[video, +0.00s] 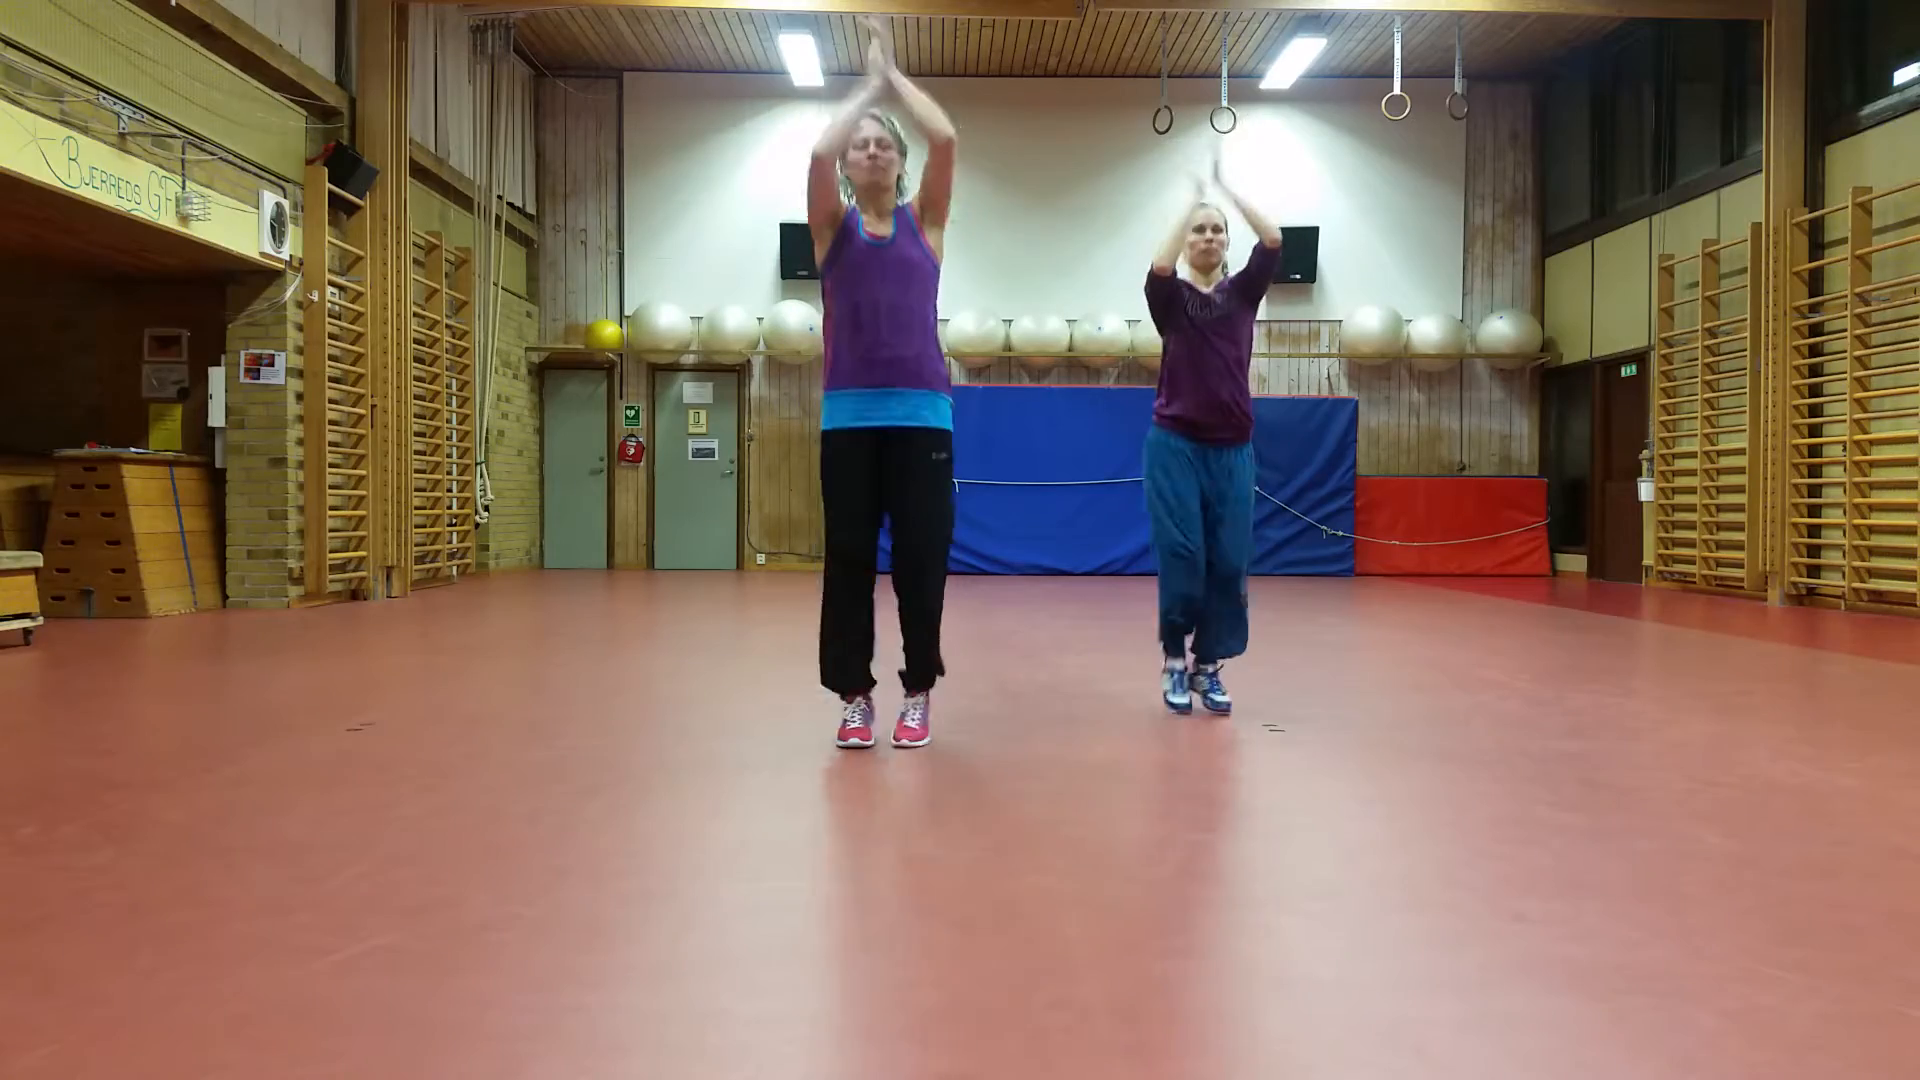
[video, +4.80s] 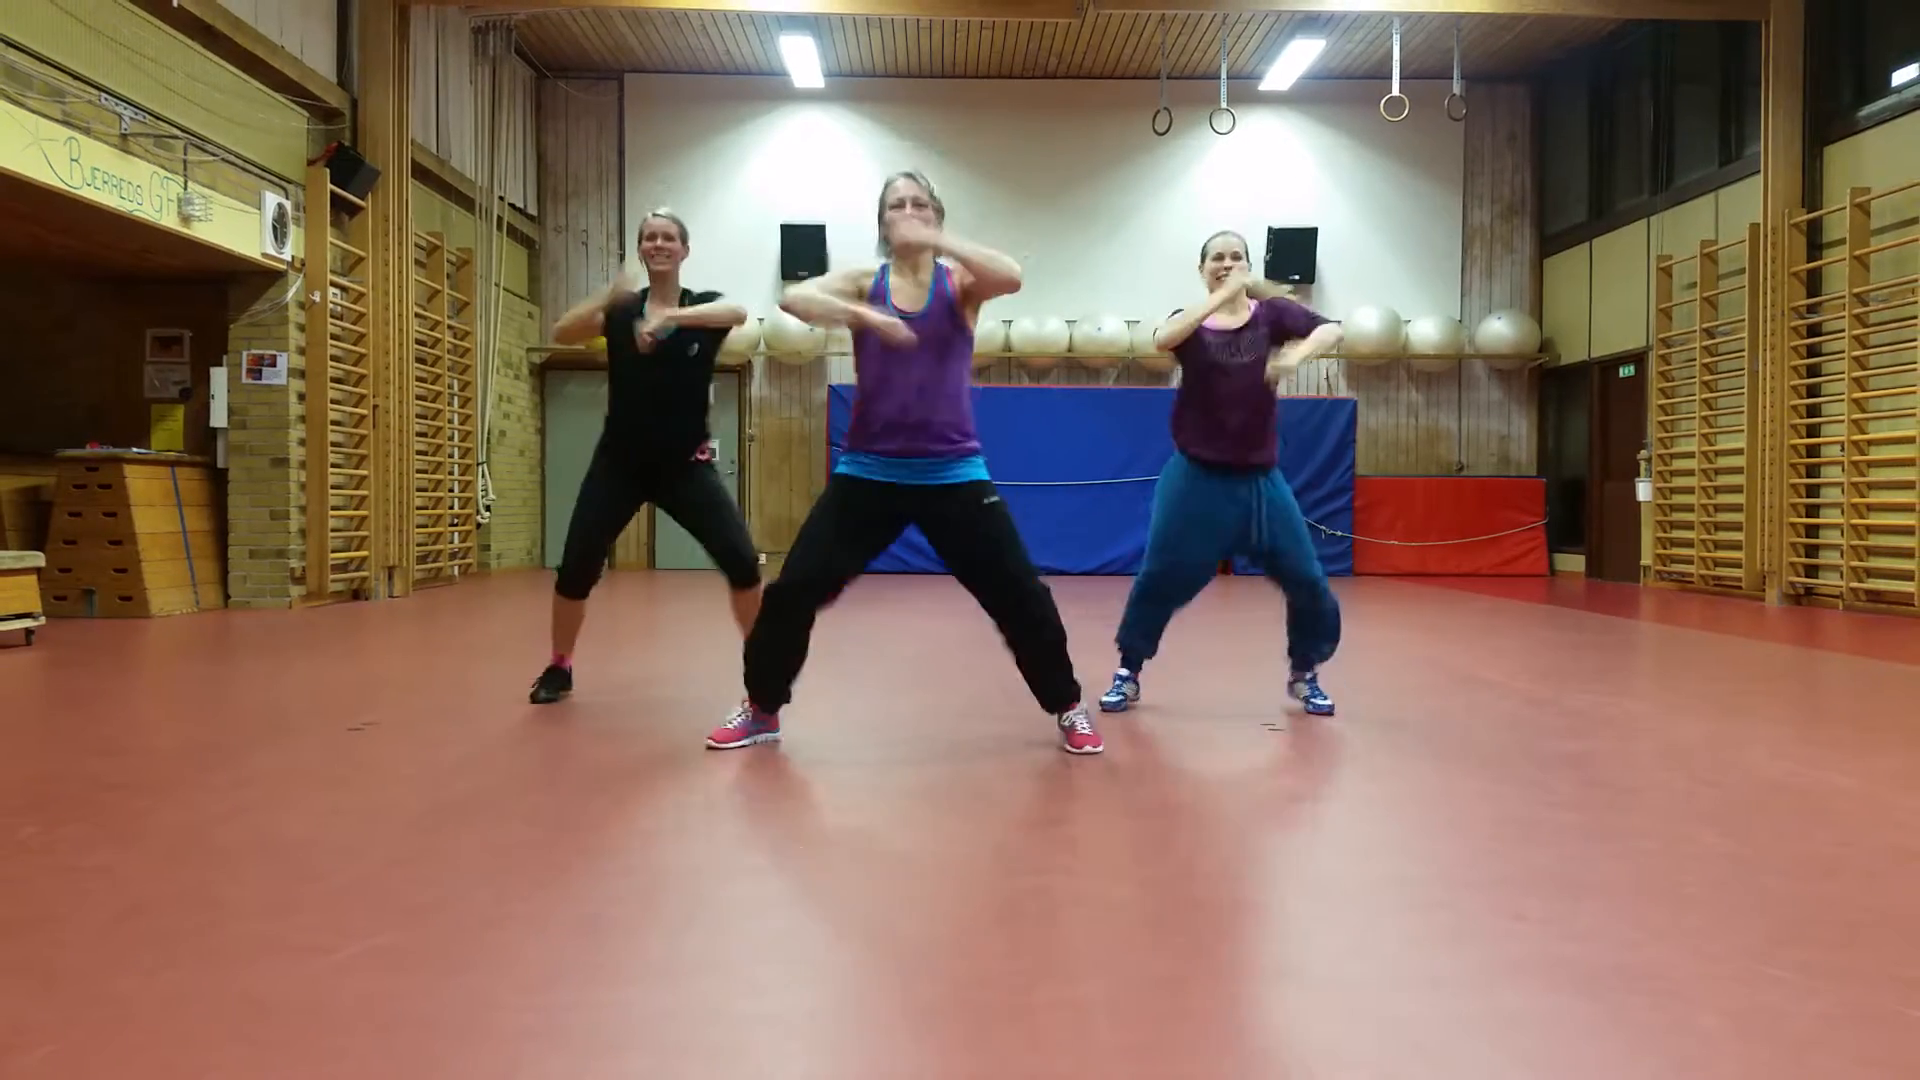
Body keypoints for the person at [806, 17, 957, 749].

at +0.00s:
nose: (874, 150)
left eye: (883, 144)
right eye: (862, 145)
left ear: (901, 163)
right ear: (844, 164)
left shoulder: (924, 222)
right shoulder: (833, 226)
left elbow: (945, 139)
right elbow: (823, 153)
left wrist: (894, 77)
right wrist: (871, 80)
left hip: (922, 416)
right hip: (851, 417)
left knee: (921, 562)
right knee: (849, 561)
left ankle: (918, 693)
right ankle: (854, 697)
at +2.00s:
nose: (883, 166)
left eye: (894, 157)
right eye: (871, 157)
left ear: (912, 172)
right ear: (855, 172)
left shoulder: (935, 239)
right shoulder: (845, 239)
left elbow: (952, 160)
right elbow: (818, 180)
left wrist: (898, 93)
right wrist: (867, 103)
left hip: (921, 425)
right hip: (849, 421)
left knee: (921, 571)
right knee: (849, 565)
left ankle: (890, 702)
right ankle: (844, 695)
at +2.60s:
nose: (890, 157)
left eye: (902, 149)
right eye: (879, 150)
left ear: (922, 168)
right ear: (865, 170)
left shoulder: (948, 234)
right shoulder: (846, 238)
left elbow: (1015, 236)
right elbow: (772, 266)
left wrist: (947, 180)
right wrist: (807, 196)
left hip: (939, 426)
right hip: (863, 424)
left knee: (943, 573)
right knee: (831, 560)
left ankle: (939, 708)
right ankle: (861, 693)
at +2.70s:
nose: (885, 144)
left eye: (897, 136)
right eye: (874, 136)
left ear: (918, 154)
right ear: (860, 156)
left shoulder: (947, 219)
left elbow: (1020, 269)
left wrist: (982, 240)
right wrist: (777, 251)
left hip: (934, 413)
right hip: (858, 409)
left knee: (933, 565)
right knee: (832, 551)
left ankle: (935, 703)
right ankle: (844, 689)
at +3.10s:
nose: (890, 163)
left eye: (901, 154)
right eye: (879, 156)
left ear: (923, 168)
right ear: (864, 173)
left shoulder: (948, 229)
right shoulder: (843, 235)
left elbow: (997, 260)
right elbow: (771, 259)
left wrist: (924, 226)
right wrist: (849, 282)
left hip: (946, 423)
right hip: (864, 424)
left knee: (1004, 551)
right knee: (790, 539)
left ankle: (1043, 683)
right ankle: (775, 678)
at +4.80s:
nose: (910, 211)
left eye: (920, 205)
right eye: (898, 205)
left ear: (937, 224)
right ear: (881, 225)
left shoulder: (958, 283)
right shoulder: (861, 281)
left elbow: (1010, 278)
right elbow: (793, 298)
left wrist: (943, 241)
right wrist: (867, 315)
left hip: (954, 473)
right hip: (869, 473)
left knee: (1019, 592)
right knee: (795, 588)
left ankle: (1070, 708)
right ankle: (761, 712)